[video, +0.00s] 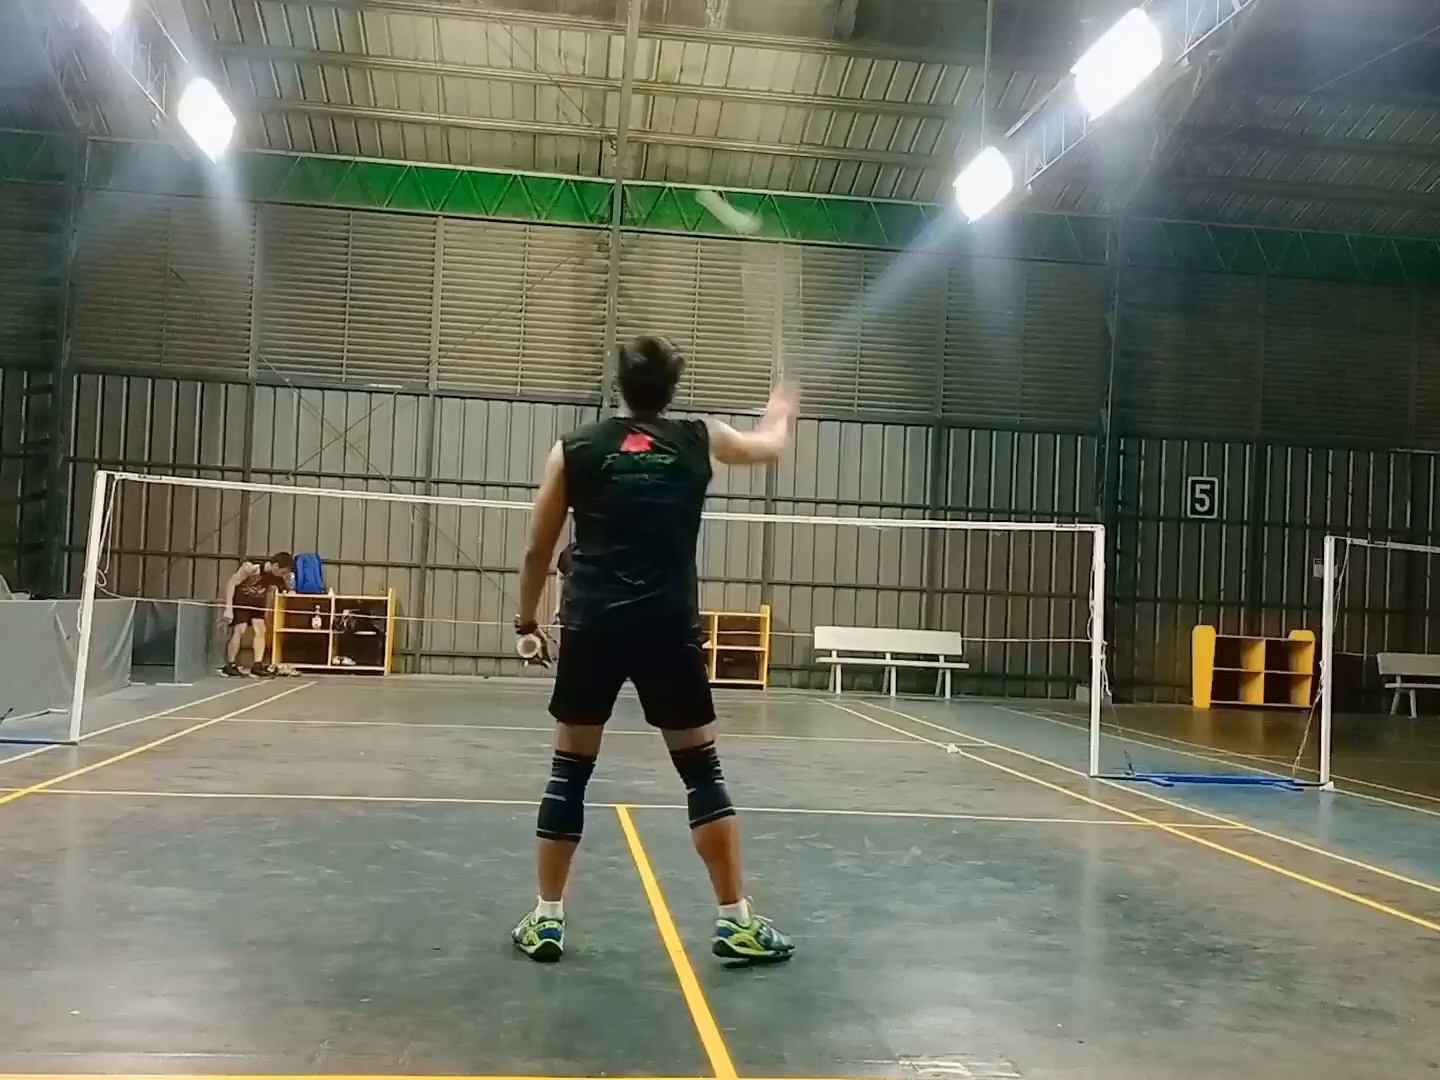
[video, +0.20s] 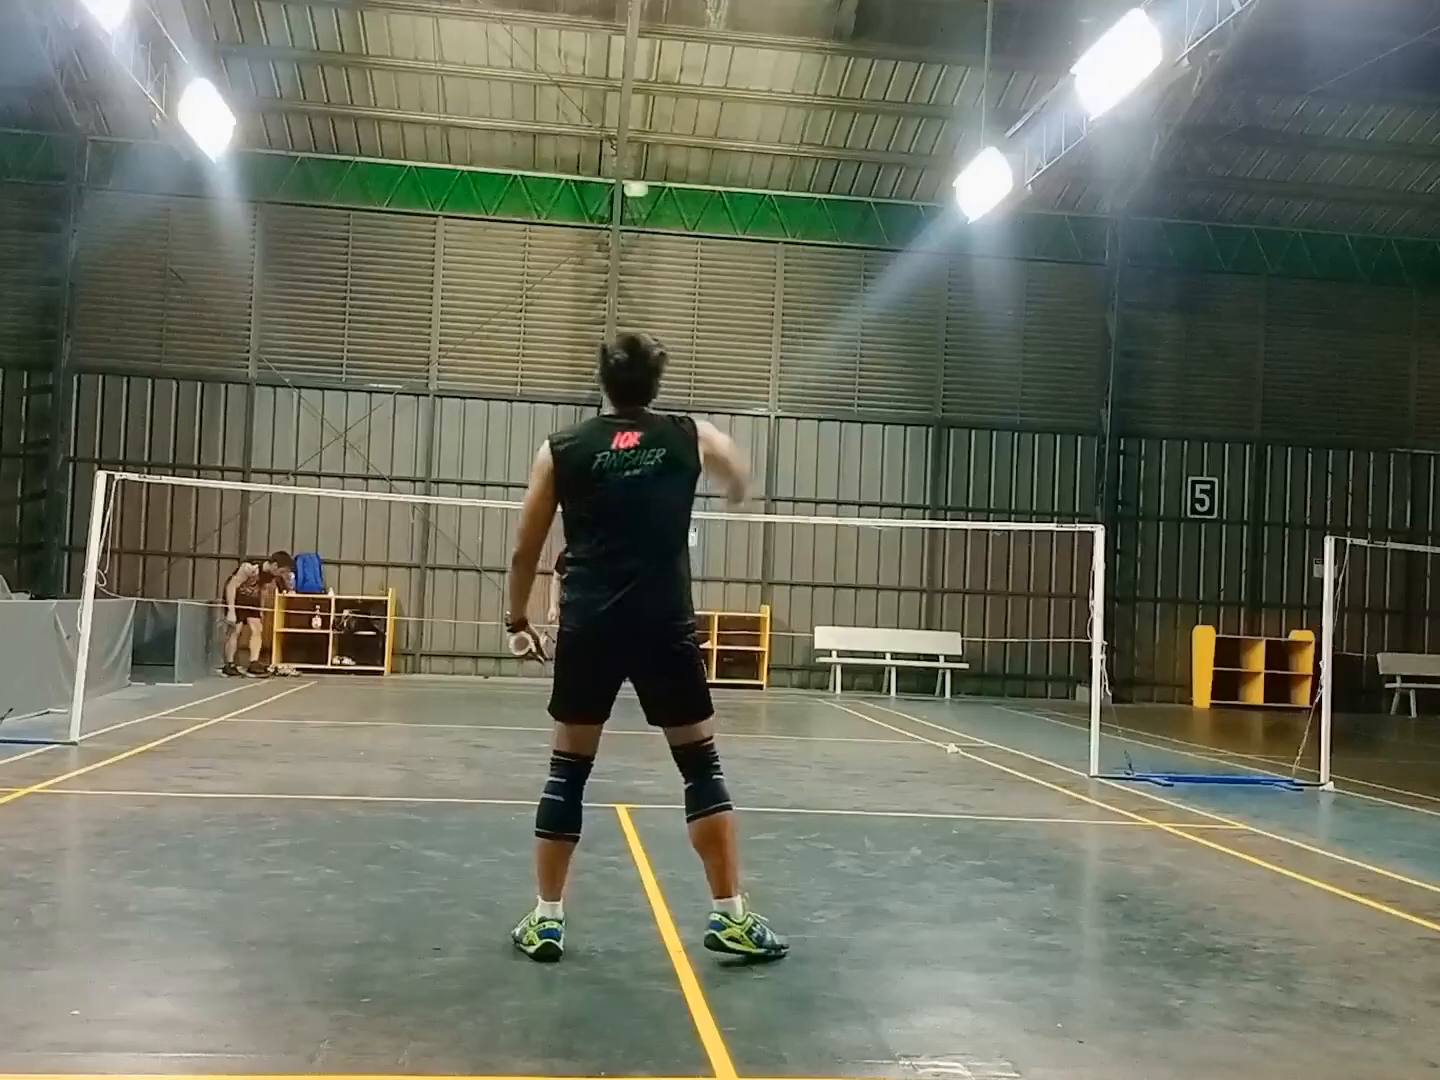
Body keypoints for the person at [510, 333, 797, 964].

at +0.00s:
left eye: (634, 382)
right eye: (669, 385)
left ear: (619, 389)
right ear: (673, 390)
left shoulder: (576, 447)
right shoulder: (700, 438)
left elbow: (540, 545)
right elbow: (766, 448)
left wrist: (527, 620)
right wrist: (779, 414)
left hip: (591, 630)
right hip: (668, 630)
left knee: (569, 767)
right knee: (701, 767)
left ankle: (547, 915)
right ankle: (736, 918)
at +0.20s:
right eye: (651, 384)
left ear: (603, 387)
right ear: (656, 388)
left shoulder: (563, 448)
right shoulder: (687, 434)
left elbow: (527, 546)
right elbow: (731, 463)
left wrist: (516, 616)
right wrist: (734, 485)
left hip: (587, 629)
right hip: (665, 628)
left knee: (568, 767)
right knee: (700, 764)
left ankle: (547, 916)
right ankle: (730, 912)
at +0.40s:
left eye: (612, 379)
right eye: (649, 384)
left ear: (605, 386)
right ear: (658, 389)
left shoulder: (565, 449)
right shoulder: (693, 455)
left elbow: (528, 547)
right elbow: (686, 543)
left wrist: (511, 625)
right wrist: (585, 566)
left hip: (591, 629)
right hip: (668, 629)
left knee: (569, 767)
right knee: (705, 763)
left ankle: (548, 916)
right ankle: (739, 910)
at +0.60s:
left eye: (644, 381)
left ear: (636, 390)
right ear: (690, 396)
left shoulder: (597, 449)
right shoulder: (720, 462)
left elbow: (563, 546)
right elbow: (725, 566)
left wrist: (533, 633)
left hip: (610, 629)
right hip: (687, 632)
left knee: (582, 767)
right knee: (716, 769)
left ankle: (549, 915)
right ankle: (737, 923)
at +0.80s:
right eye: (726, 394)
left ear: (678, 395)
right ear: (731, 403)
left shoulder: (635, 446)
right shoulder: (760, 472)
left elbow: (610, 530)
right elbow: (782, 573)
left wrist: (577, 622)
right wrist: (769, 649)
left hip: (633, 633)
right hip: (712, 641)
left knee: (589, 762)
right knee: (732, 774)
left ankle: (550, 906)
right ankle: (739, 926)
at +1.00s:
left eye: (700, 393)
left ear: (697, 399)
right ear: (749, 408)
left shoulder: (649, 441)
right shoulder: (773, 475)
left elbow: (611, 520)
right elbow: (803, 571)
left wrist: (580, 605)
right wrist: (805, 650)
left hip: (635, 628)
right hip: (715, 639)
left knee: (592, 758)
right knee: (730, 772)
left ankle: (553, 902)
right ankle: (739, 926)